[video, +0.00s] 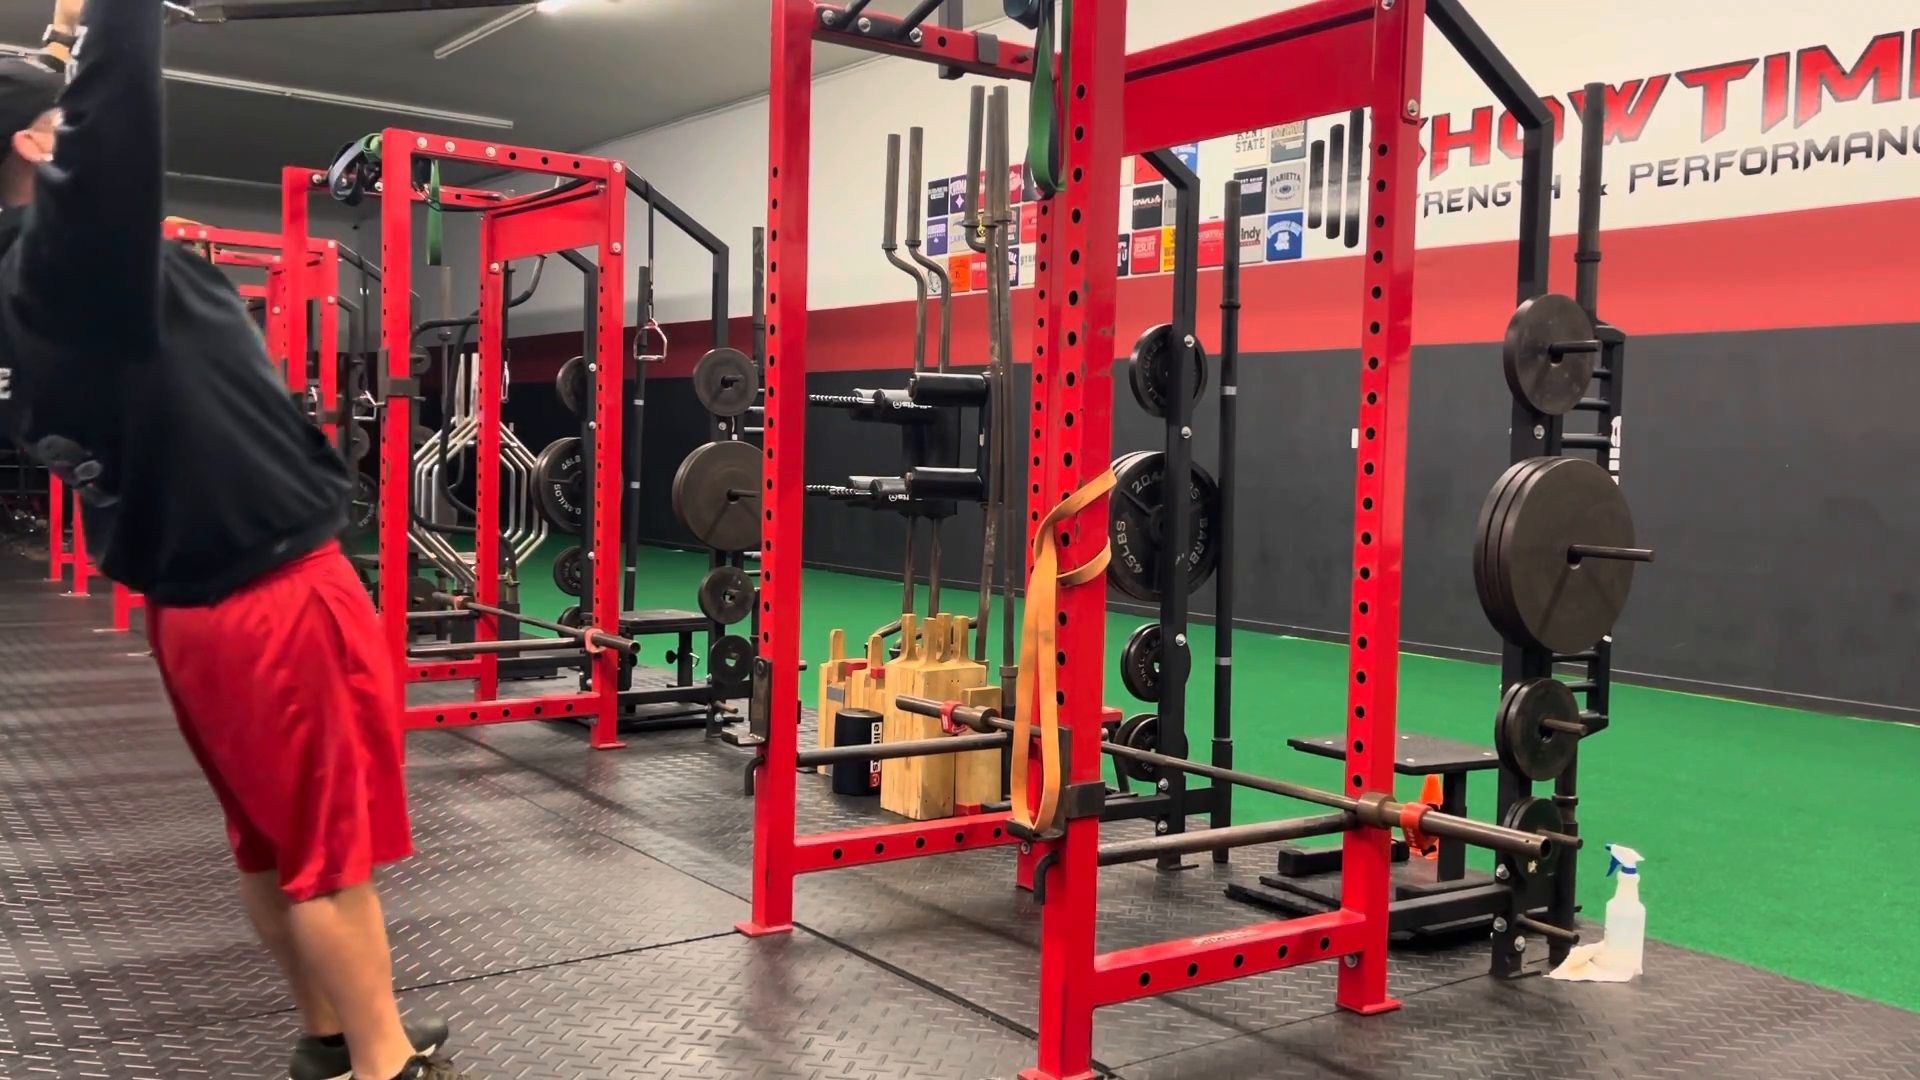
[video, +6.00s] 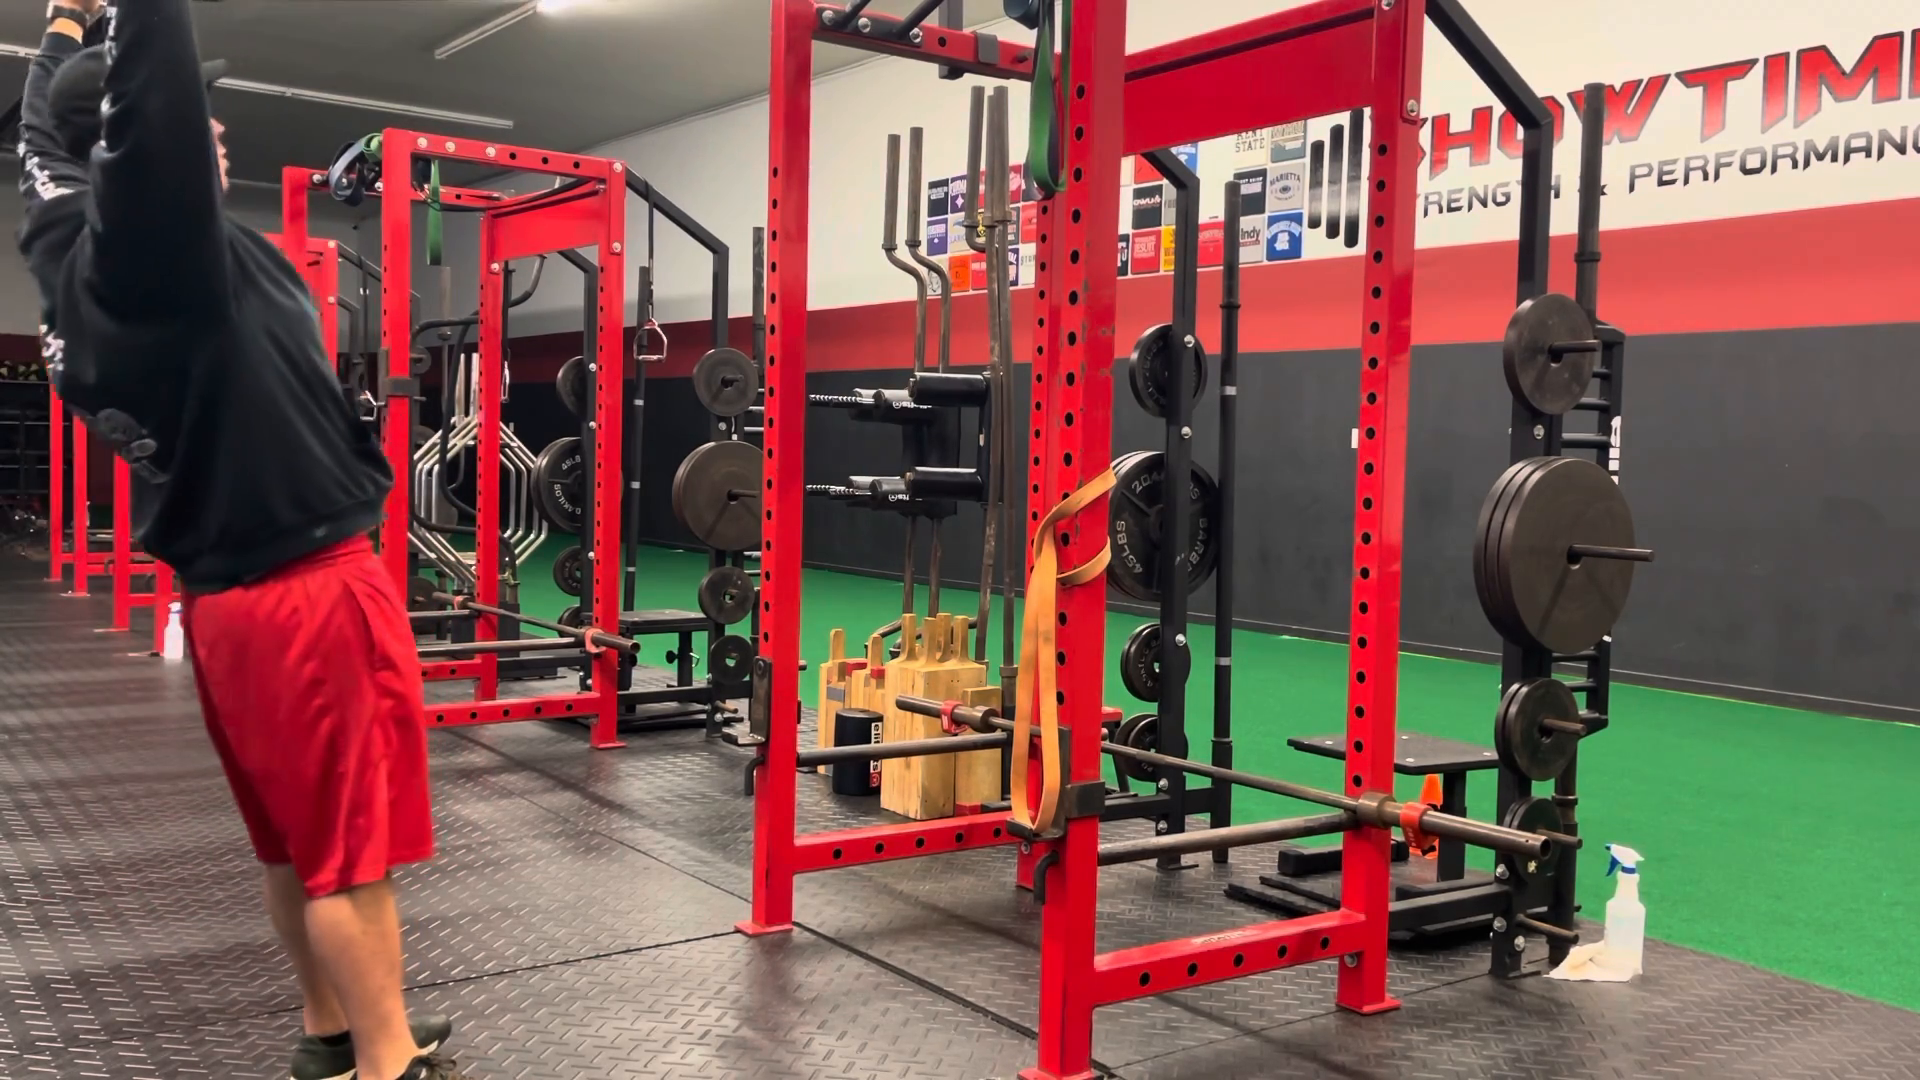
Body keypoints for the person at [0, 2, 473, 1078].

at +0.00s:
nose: (79, 132)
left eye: (74, 117)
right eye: (59, 121)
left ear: (29, 147)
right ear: (31, 148)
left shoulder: (37, 277)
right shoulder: (76, 263)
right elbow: (121, 88)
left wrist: (75, 35)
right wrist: (101, 7)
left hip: (201, 611)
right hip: (269, 606)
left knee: (275, 845)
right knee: (333, 858)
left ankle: (329, 1033)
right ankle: (386, 1061)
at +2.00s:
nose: (248, 122)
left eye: (221, 99)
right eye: (226, 99)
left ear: (149, 137)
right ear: (216, 119)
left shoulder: (146, 239)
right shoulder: (244, 220)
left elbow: (105, 130)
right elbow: (230, 62)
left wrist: (83, 18)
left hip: (263, 591)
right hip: (355, 591)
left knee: (300, 836)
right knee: (371, 855)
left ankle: (331, 1027)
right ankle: (392, 1056)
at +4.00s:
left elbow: (28, 323)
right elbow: (26, 326)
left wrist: (188, 245)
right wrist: (196, 241)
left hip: (38, 634)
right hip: (33, 644)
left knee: (193, 849)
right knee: (205, 879)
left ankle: (318, 1030)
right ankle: (358, 1066)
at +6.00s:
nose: (220, 134)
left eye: (211, 118)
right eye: (200, 119)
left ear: (114, 158)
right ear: (158, 141)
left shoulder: (83, 277)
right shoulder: (169, 254)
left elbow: (51, 152)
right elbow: (161, 98)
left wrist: (68, 34)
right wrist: (133, 1)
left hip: (228, 605)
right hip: (307, 594)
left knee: (293, 845)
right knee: (352, 855)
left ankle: (333, 1025)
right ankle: (389, 1058)